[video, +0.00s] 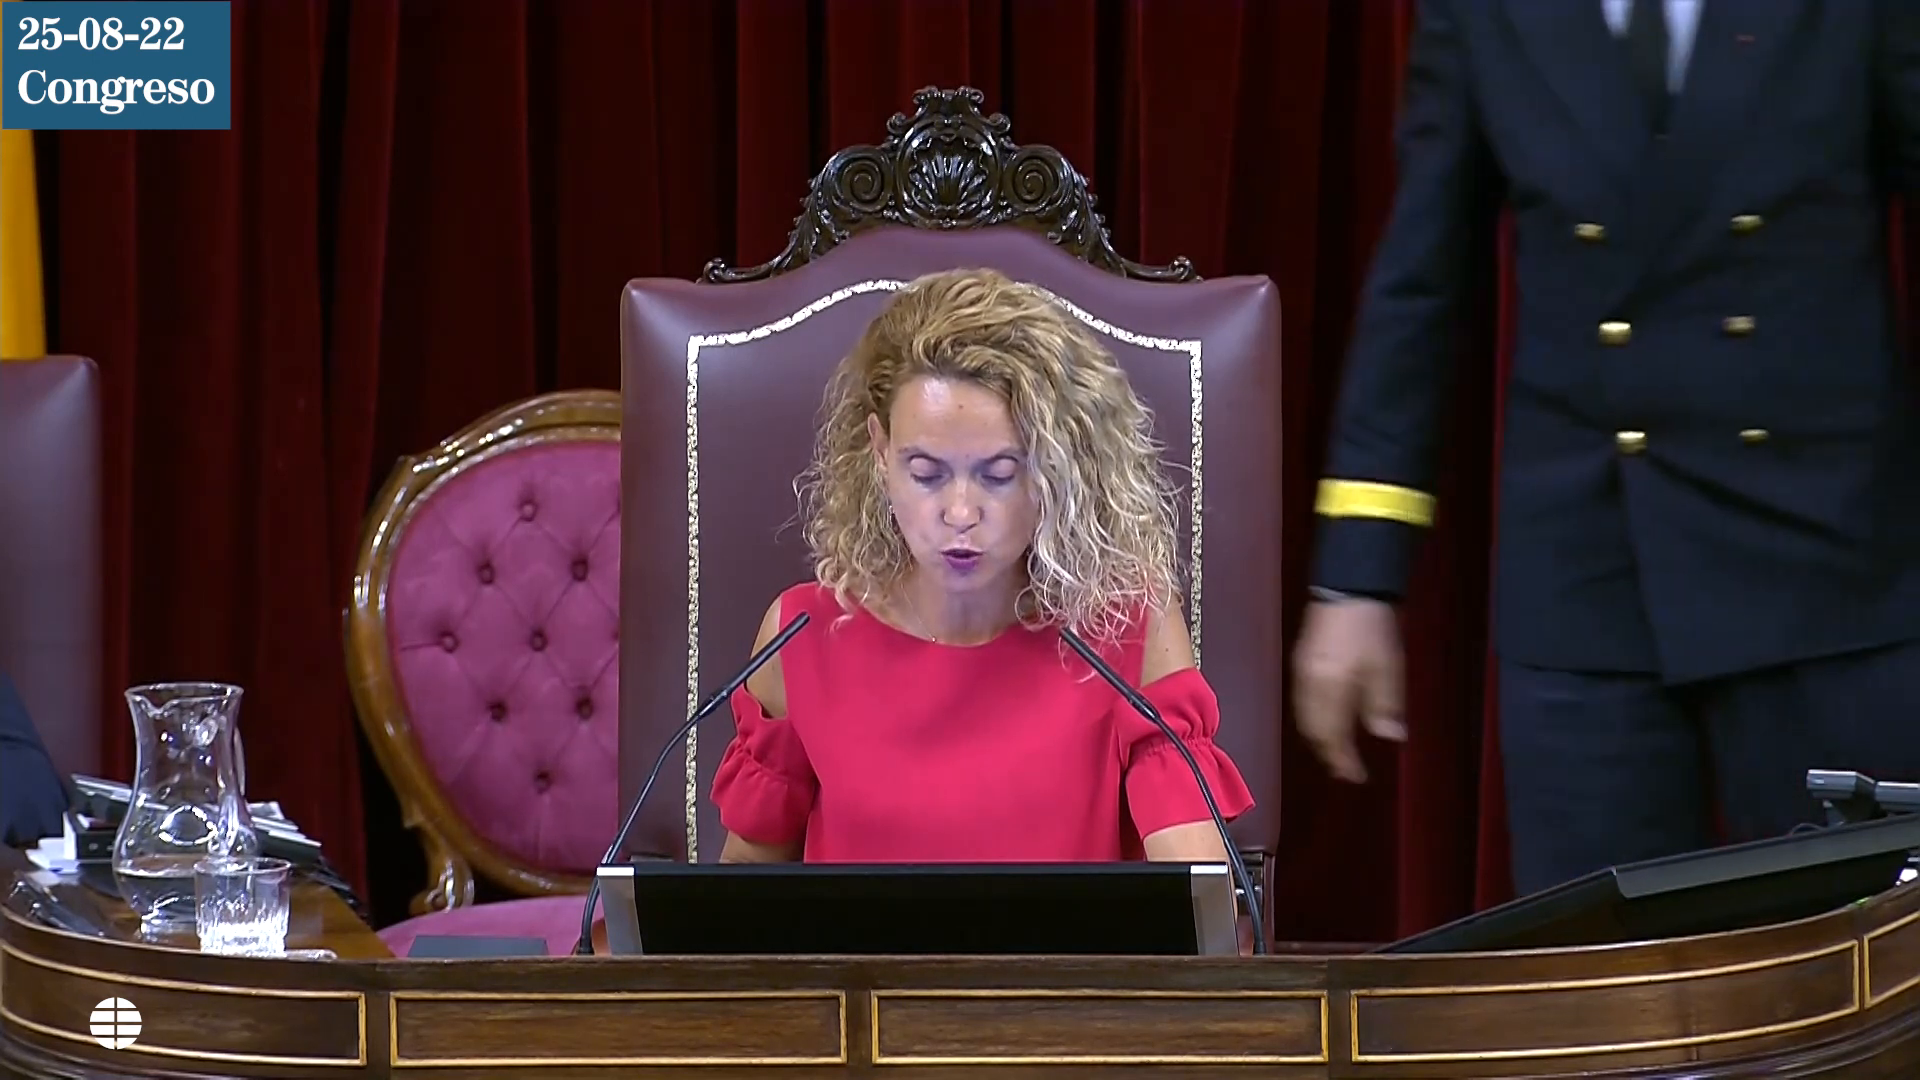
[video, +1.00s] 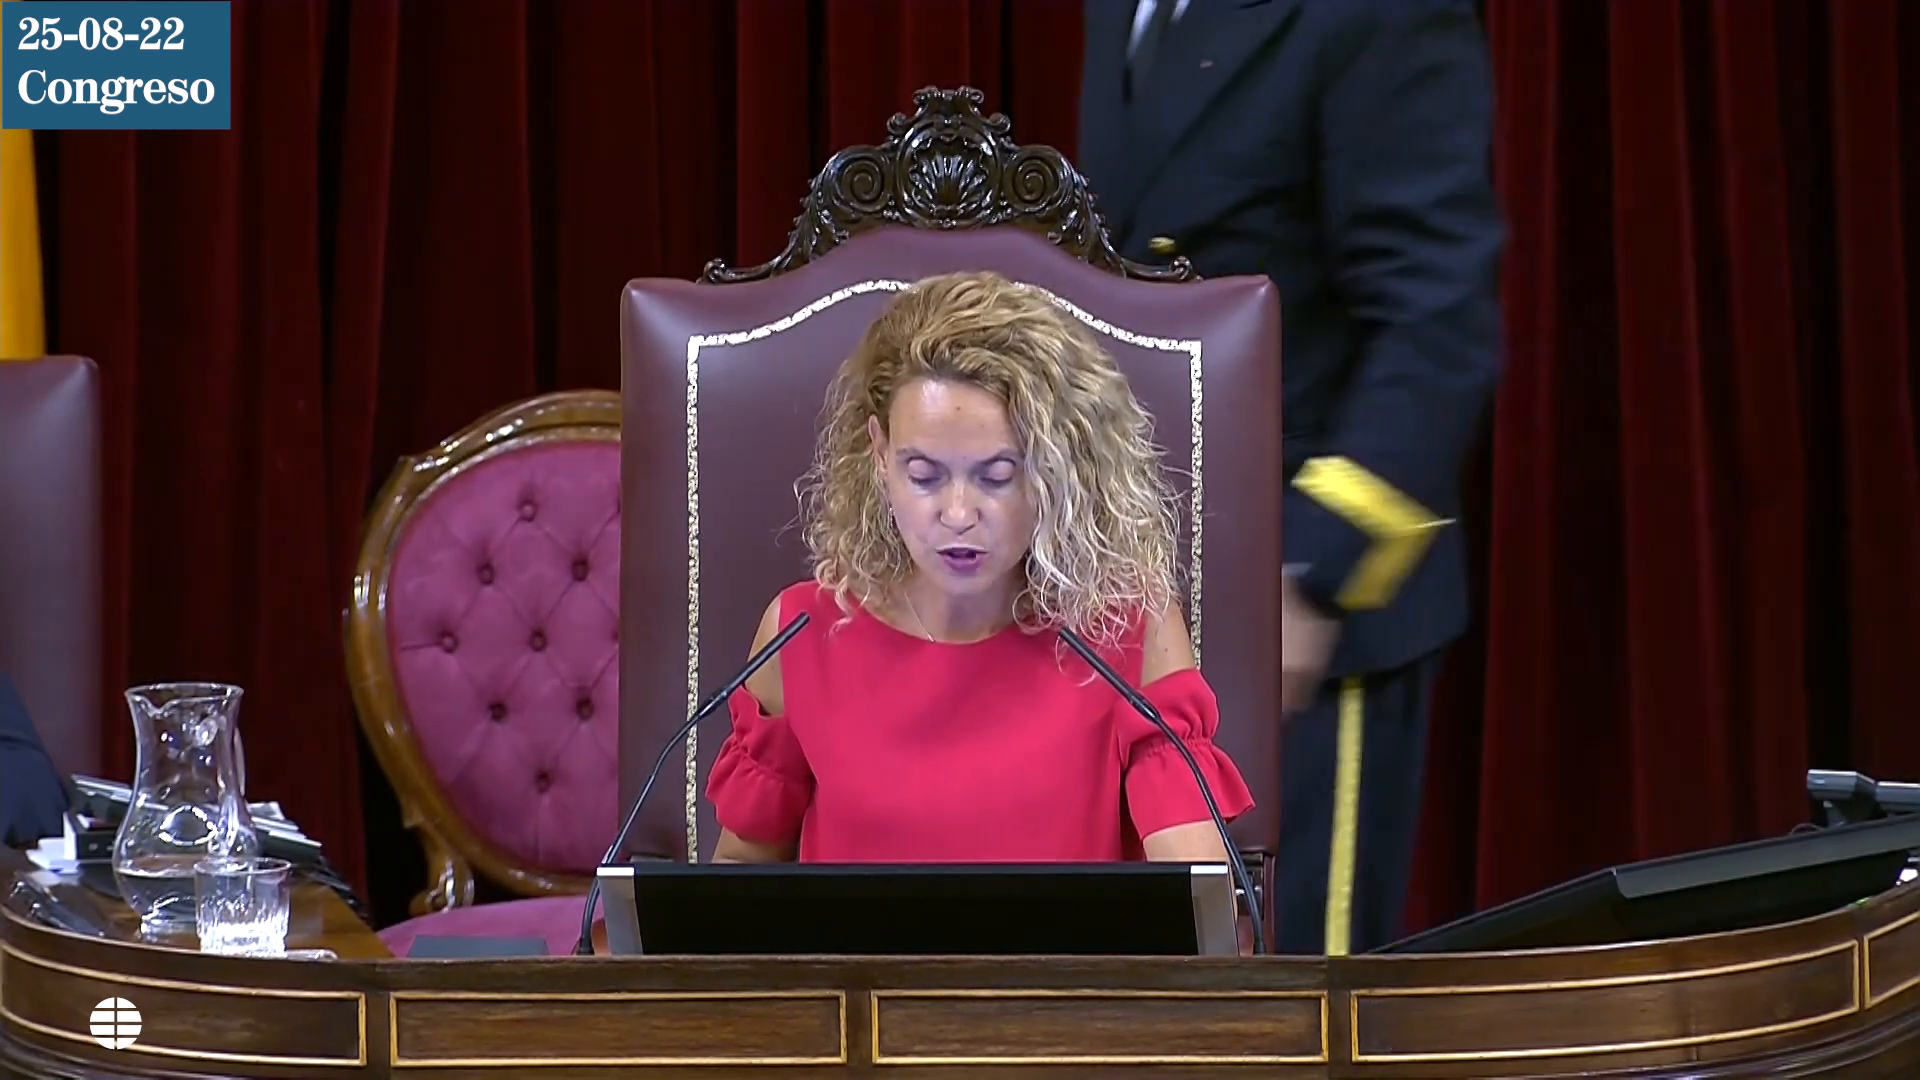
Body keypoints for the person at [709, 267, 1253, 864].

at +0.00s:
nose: (961, 512)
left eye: (999, 473)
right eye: (928, 471)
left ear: (1059, 465)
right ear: (879, 452)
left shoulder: (1128, 622)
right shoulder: (804, 631)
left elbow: (1203, 897)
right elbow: (749, 874)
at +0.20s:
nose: (961, 512)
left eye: (999, 473)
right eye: (928, 471)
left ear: (1058, 470)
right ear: (881, 458)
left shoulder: (1129, 622)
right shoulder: (806, 631)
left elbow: (1201, 893)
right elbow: (750, 875)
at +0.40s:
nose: (963, 511)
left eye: (1001, 472)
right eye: (929, 471)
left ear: (1060, 469)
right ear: (882, 459)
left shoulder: (1130, 621)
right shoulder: (805, 628)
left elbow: (1200, 894)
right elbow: (744, 884)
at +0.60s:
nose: (963, 510)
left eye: (1001, 472)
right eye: (929, 471)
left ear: (1060, 470)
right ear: (882, 460)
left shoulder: (1130, 621)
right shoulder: (805, 626)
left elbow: (1202, 894)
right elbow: (735, 874)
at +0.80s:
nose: (963, 512)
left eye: (1001, 473)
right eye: (930, 472)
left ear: (1061, 468)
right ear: (882, 456)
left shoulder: (1129, 624)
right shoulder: (804, 628)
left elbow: (1201, 896)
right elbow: (738, 876)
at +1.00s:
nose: (959, 513)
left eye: (996, 475)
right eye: (926, 473)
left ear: (1056, 472)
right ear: (879, 460)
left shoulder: (1128, 623)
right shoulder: (804, 630)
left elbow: (1200, 890)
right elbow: (740, 880)